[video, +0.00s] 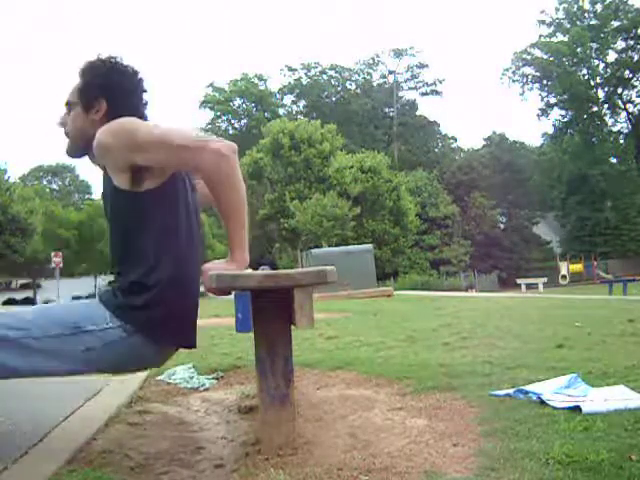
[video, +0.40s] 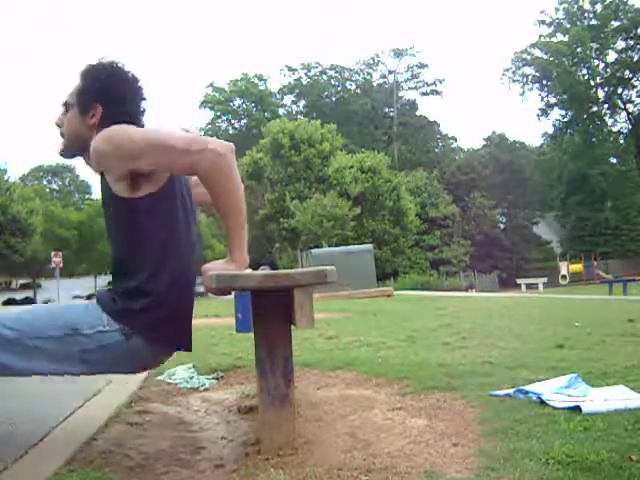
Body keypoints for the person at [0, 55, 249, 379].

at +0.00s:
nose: (62, 121)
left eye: (70, 108)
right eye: (65, 108)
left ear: (98, 110)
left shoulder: (114, 137)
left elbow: (220, 154)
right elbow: (219, 189)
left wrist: (238, 258)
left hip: (134, 324)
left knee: (3, 332)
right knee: (7, 323)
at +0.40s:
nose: (59, 120)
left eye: (67, 109)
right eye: (63, 109)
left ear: (94, 115)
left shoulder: (110, 143)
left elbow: (217, 155)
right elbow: (220, 194)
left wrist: (239, 258)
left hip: (131, 327)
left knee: (3, 330)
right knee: (8, 322)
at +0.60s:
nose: (64, 44)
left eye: (73, 32)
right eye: (68, 33)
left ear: (102, 36)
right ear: (101, 37)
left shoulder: (115, 73)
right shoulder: (143, 82)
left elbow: (187, 155)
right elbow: (193, 163)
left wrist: (233, 255)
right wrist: (233, 256)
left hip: (109, 259)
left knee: (3, 306)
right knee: (5, 317)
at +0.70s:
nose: (64, 23)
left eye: (74, 10)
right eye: (69, 12)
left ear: (102, 13)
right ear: (101, 14)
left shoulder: (118, 56)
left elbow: (169, 163)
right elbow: (169, 166)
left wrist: (225, 255)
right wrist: (226, 255)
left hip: (102, 238)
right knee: (5, 313)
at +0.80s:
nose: (65, 27)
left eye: (74, 14)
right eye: (69, 16)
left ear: (102, 16)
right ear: (101, 17)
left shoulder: (117, 60)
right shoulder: (145, 70)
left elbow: (176, 160)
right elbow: (178, 165)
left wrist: (228, 254)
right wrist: (229, 254)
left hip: (101, 244)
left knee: (4, 305)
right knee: (6, 319)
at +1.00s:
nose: (59, 88)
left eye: (67, 75)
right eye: (63, 76)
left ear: (96, 78)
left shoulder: (112, 108)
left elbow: (214, 153)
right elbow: (204, 190)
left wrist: (238, 257)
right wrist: (240, 254)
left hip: (125, 296)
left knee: (3, 322)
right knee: (5, 320)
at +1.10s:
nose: (58, 121)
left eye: (66, 108)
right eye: (61, 109)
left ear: (94, 109)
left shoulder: (112, 137)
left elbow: (221, 155)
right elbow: (219, 202)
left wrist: (239, 259)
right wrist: (243, 259)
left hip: (134, 327)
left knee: (3, 328)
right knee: (10, 316)